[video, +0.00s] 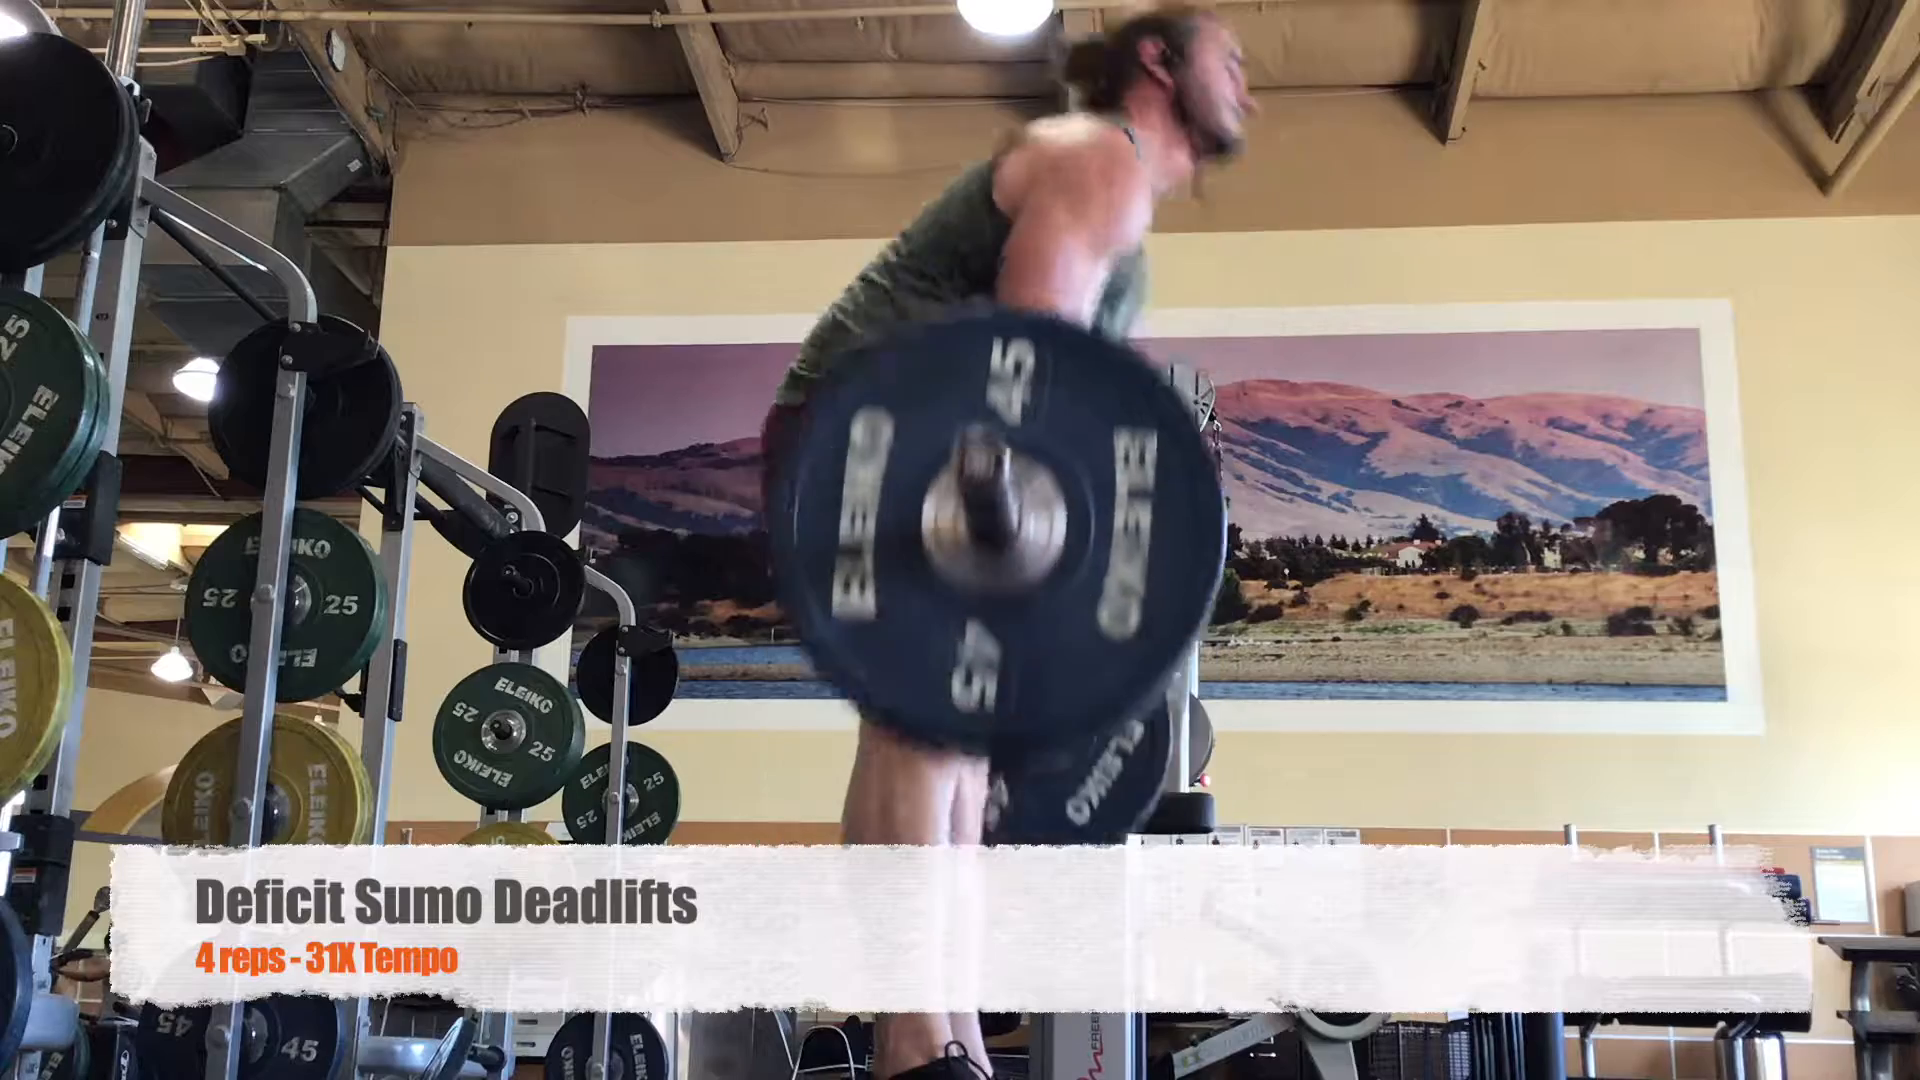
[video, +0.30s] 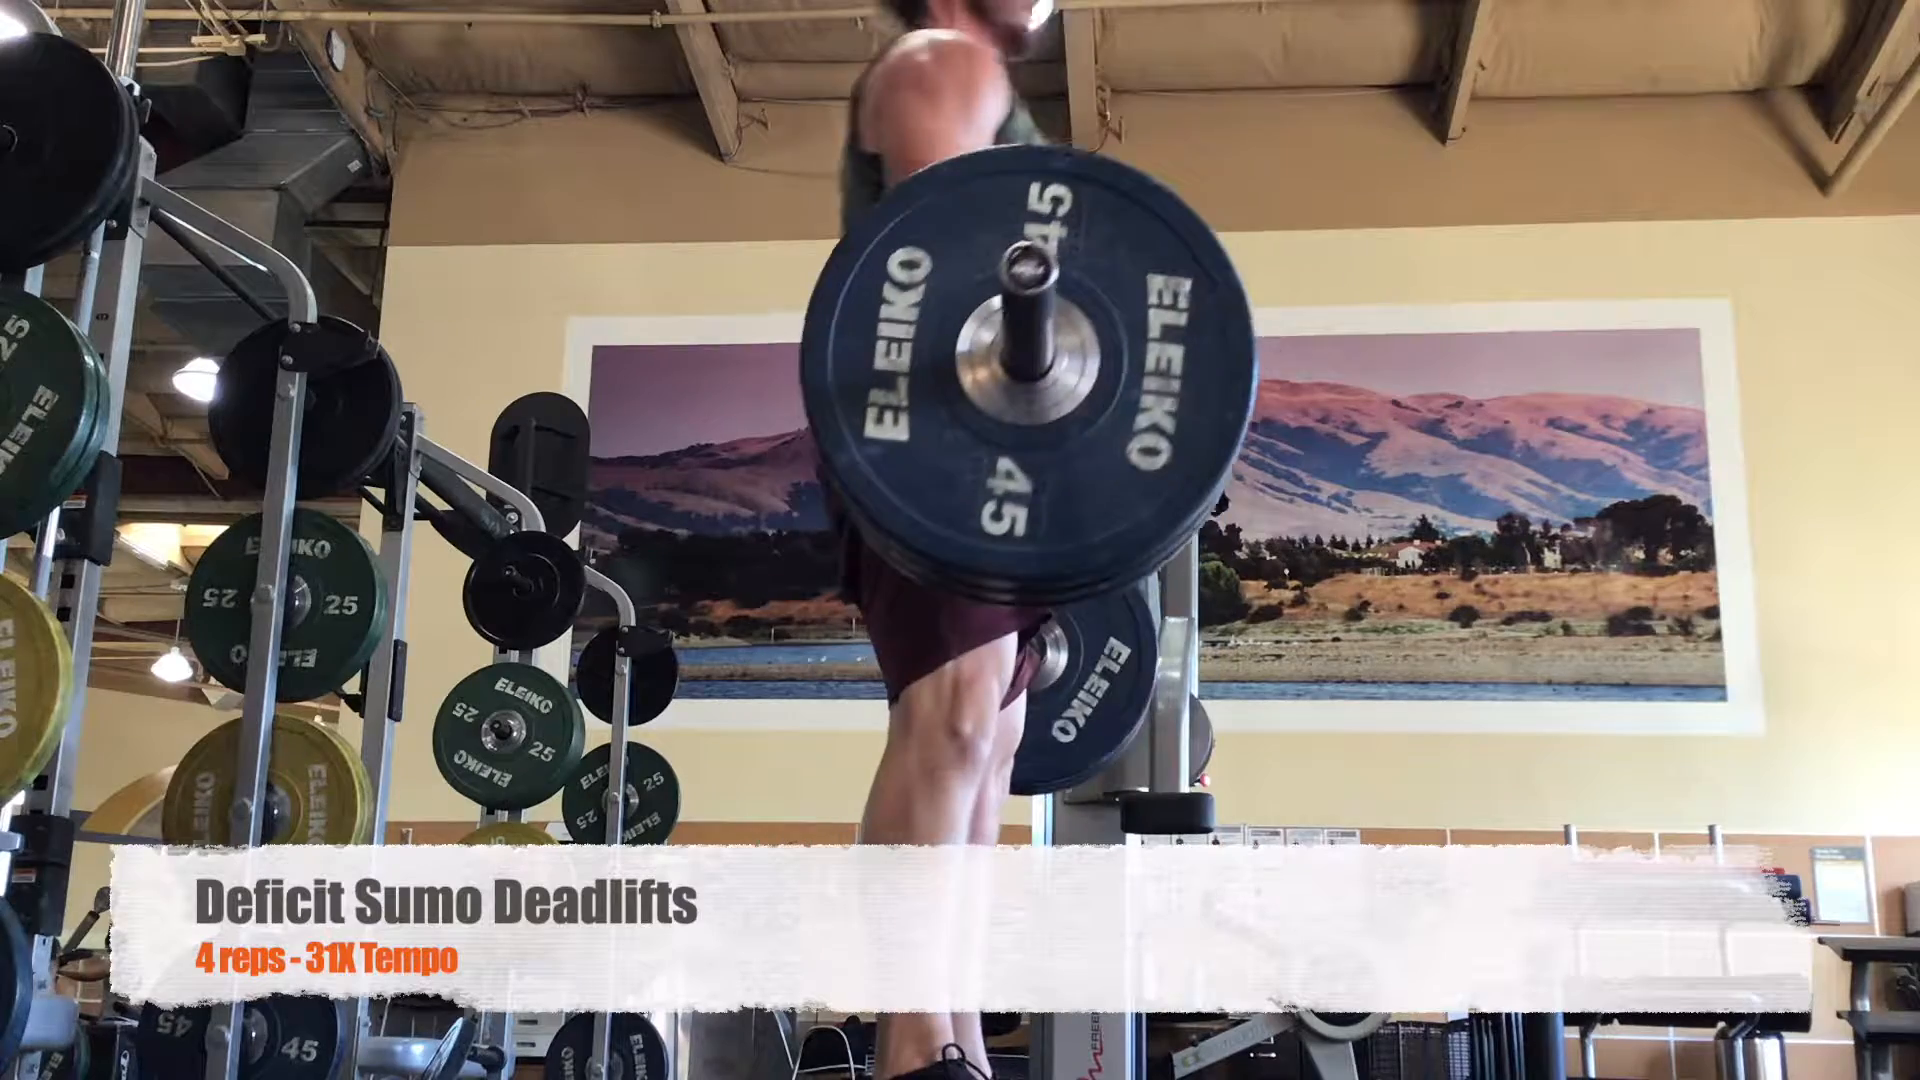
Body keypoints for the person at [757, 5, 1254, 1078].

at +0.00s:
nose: (1248, 96)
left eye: (1245, 76)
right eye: (1230, 68)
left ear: (1160, 71)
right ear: (1159, 66)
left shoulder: (1121, 195)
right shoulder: (1098, 151)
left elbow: (1078, 383)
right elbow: (1031, 342)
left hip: (907, 430)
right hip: (855, 417)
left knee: (963, 725)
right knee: (925, 718)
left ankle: (951, 1030)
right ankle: (914, 1038)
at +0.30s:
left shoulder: (978, 73)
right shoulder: (942, 61)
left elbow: (971, 281)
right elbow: (945, 274)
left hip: (973, 443)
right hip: (919, 437)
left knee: (995, 721)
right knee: (954, 709)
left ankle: (953, 1036)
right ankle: (910, 1047)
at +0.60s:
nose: (996, 3)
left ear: (900, 11)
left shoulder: (926, 82)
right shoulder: (898, 68)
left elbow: (972, 275)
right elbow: (956, 267)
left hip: (965, 426)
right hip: (914, 422)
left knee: (994, 724)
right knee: (960, 710)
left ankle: (955, 1036)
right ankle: (912, 1047)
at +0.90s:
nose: (1004, 3)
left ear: (902, 12)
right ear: (913, 0)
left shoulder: (925, 83)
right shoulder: (906, 70)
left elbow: (983, 281)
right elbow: (972, 274)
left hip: (961, 425)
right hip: (914, 420)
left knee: (991, 723)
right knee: (966, 709)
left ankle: (954, 1037)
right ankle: (913, 1046)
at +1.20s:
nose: (1049, 4)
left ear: (944, 1)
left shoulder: (969, 77)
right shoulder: (954, 62)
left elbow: (997, 282)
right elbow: (987, 277)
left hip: (967, 433)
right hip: (921, 426)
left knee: (991, 725)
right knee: (968, 711)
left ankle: (954, 1038)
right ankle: (913, 1048)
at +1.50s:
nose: (1148, 6)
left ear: (1058, 14)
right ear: (1061, 1)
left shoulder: (1053, 96)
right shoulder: (1031, 75)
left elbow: (1035, 328)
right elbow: (1030, 312)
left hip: (981, 443)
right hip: (926, 430)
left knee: (996, 718)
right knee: (961, 704)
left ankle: (953, 1035)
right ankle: (914, 1047)